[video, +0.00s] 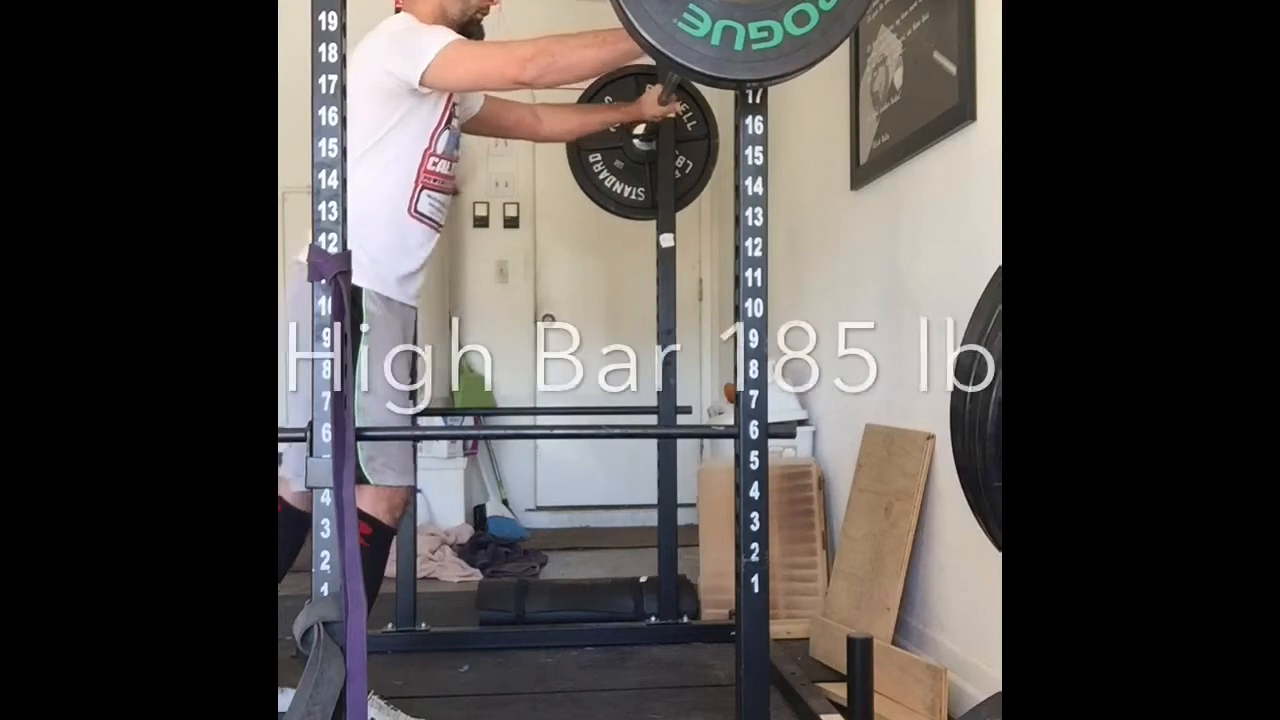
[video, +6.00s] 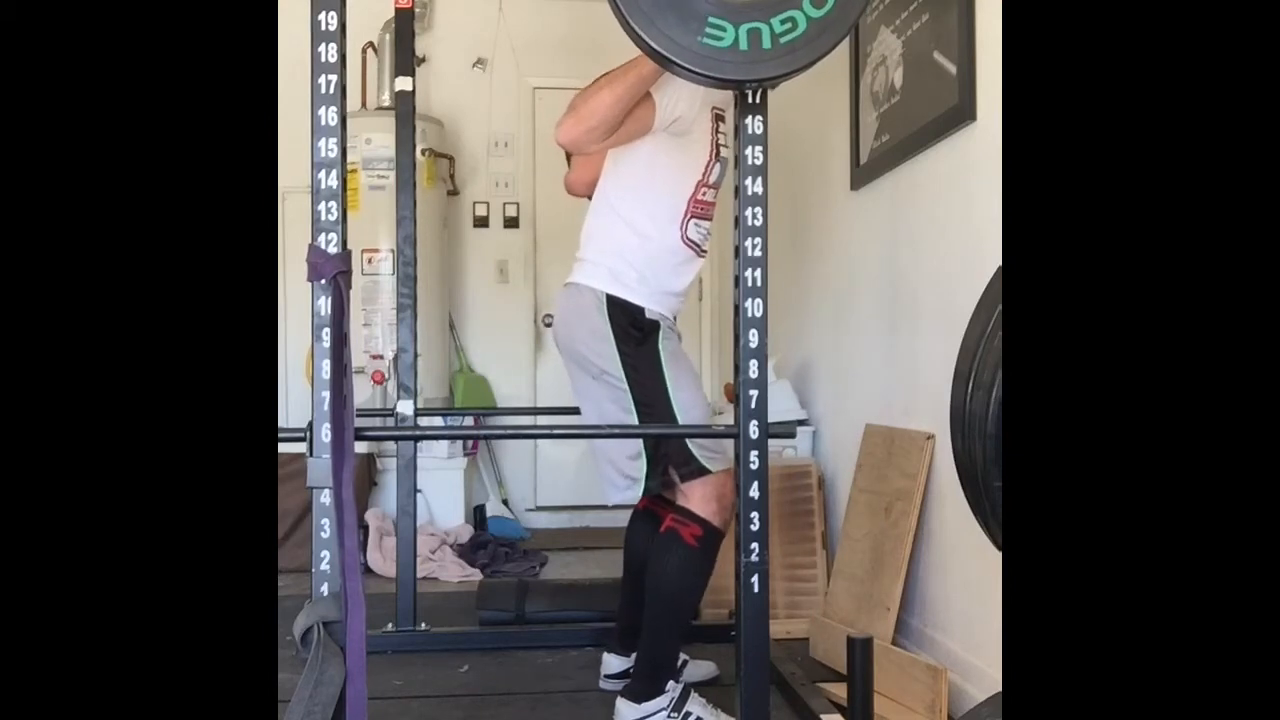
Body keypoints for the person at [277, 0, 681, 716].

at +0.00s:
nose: (492, 7)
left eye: (491, 2)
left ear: (420, 1)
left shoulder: (426, 73)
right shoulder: (400, 41)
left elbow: (529, 120)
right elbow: (528, 66)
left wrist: (637, 112)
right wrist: (655, 35)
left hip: (356, 300)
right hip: (360, 301)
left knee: (299, 485)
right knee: (384, 488)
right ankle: (332, 685)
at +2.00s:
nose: (527, 25)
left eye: (532, 16)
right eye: (524, 11)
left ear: (483, 15)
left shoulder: (454, 92)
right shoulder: (409, 44)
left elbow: (539, 124)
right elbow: (532, 58)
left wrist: (636, 110)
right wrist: (654, 28)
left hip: (373, 303)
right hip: (354, 299)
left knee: (295, 486)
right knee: (396, 492)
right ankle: (331, 683)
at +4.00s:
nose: (761, 41)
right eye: (752, 29)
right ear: (722, 24)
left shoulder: (702, 99)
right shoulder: (679, 77)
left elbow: (581, 176)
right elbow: (575, 128)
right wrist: (659, 48)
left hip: (627, 309)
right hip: (618, 311)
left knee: (671, 487)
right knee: (709, 492)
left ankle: (627, 650)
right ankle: (651, 694)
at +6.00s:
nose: (761, 45)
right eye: (752, 33)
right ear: (723, 27)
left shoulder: (697, 101)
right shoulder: (683, 81)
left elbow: (579, 177)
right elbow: (572, 131)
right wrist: (656, 53)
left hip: (627, 309)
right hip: (615, 310)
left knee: (671, 486)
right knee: (708, 492)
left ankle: (629, 654)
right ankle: (650, 694)